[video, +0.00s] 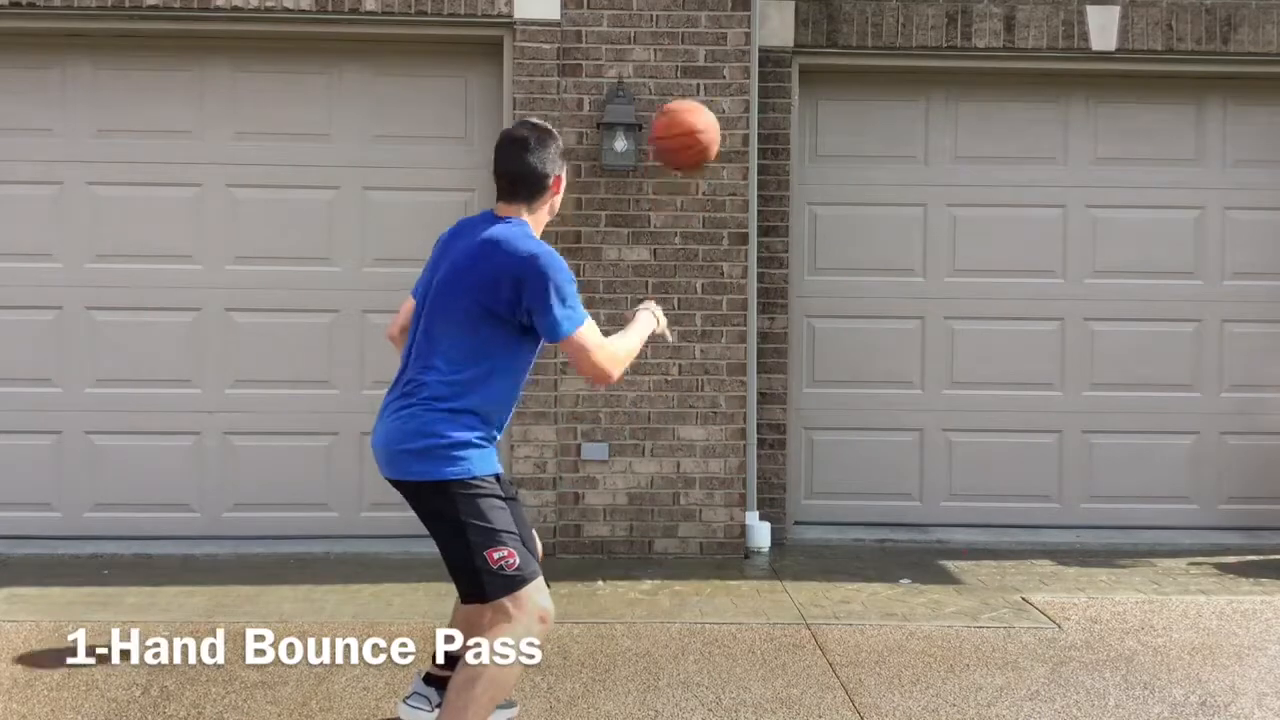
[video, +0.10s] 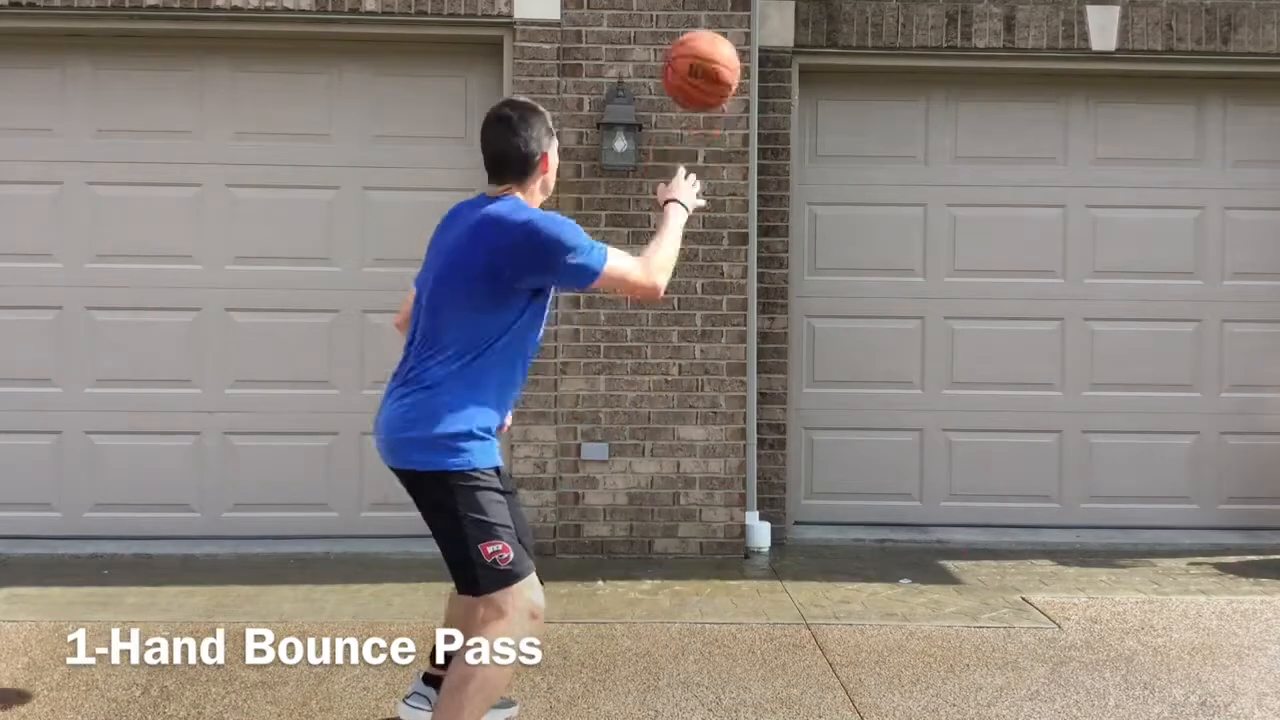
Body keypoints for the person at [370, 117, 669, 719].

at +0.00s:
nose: (565, 188)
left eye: (564, 179)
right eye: (565, 180)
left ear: (496, 180)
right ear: (557, 188)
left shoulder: (459, 236)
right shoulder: (536, 261)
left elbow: (401, 329)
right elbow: (603, 367)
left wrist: (450, 385)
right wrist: (644, 322)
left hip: (409, 437)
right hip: (448, 448)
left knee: (523, 548)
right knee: (528, 615)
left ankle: (438, 687)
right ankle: (459, 712)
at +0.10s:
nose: (558, 162)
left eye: (554, 151)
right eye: (556, 152)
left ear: (490, 159)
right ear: (545, 162)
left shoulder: (460, 219)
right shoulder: (535, 231)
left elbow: (410, 317)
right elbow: (649, 278)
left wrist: (481, 400)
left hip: (422, 428)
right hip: (452, 437)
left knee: (486, 580)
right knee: (516, 608)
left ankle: (434, 690)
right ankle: (455, 712)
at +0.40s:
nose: (563, 135)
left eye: (558, 124)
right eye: (561, 123)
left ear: (495, 131)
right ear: (551, 130)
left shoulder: (476, 187)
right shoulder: (533, 185)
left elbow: (420, 270)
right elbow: (654, 191)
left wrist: (469, 338)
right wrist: (739, 105)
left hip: (441, 402)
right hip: (446, 406)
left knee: (496, 572)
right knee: (494, 587)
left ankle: (442, 683)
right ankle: (448, 711)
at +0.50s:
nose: (578, 170)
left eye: (576, 159)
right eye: (578, 159)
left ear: (511, 160)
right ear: (567, 165)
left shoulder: (486, 212)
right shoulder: (515, 218)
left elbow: (421, 268)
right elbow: (617, 273)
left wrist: (414, 345)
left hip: (445, 416)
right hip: (437, 417)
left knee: (513, 541)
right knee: (498, 591)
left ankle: (443, 680)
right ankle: (449, 709)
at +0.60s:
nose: (585, 209)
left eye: (586, 197)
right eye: (587, 198)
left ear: (520, 185)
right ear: (577, 203)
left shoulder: (483, 235)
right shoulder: (515, 264)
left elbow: (405, 283)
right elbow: (578, 387)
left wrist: (399, 351)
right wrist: (650, 333)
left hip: (425, 428)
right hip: (436, 438)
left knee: (524, 542)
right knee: (512, 603)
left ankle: (441, 682)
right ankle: (453, 710)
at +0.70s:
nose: (580, 231)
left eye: (581, 219)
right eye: (582, 220)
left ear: (517, 204)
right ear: (572, 226)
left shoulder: (469, 244)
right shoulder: (531, 317)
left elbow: (398, 310)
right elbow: (560, 419)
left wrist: (445, 370)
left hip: (399, 441)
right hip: (437, 454)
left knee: (525, 542)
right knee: (517, 619)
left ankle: (442, 682)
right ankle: (456, 713)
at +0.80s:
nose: (573, 237)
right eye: (575, 227)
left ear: (510, 213)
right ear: (567, 233)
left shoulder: (458, 254)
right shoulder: (537, 316)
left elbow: (403, 337)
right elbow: (559, 411)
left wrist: (496, 376)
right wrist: (595, 430)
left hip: (388, 452)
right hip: (435, 461)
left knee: (522, 539)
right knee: (520, 622)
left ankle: (443, 682)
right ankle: (454, 712)